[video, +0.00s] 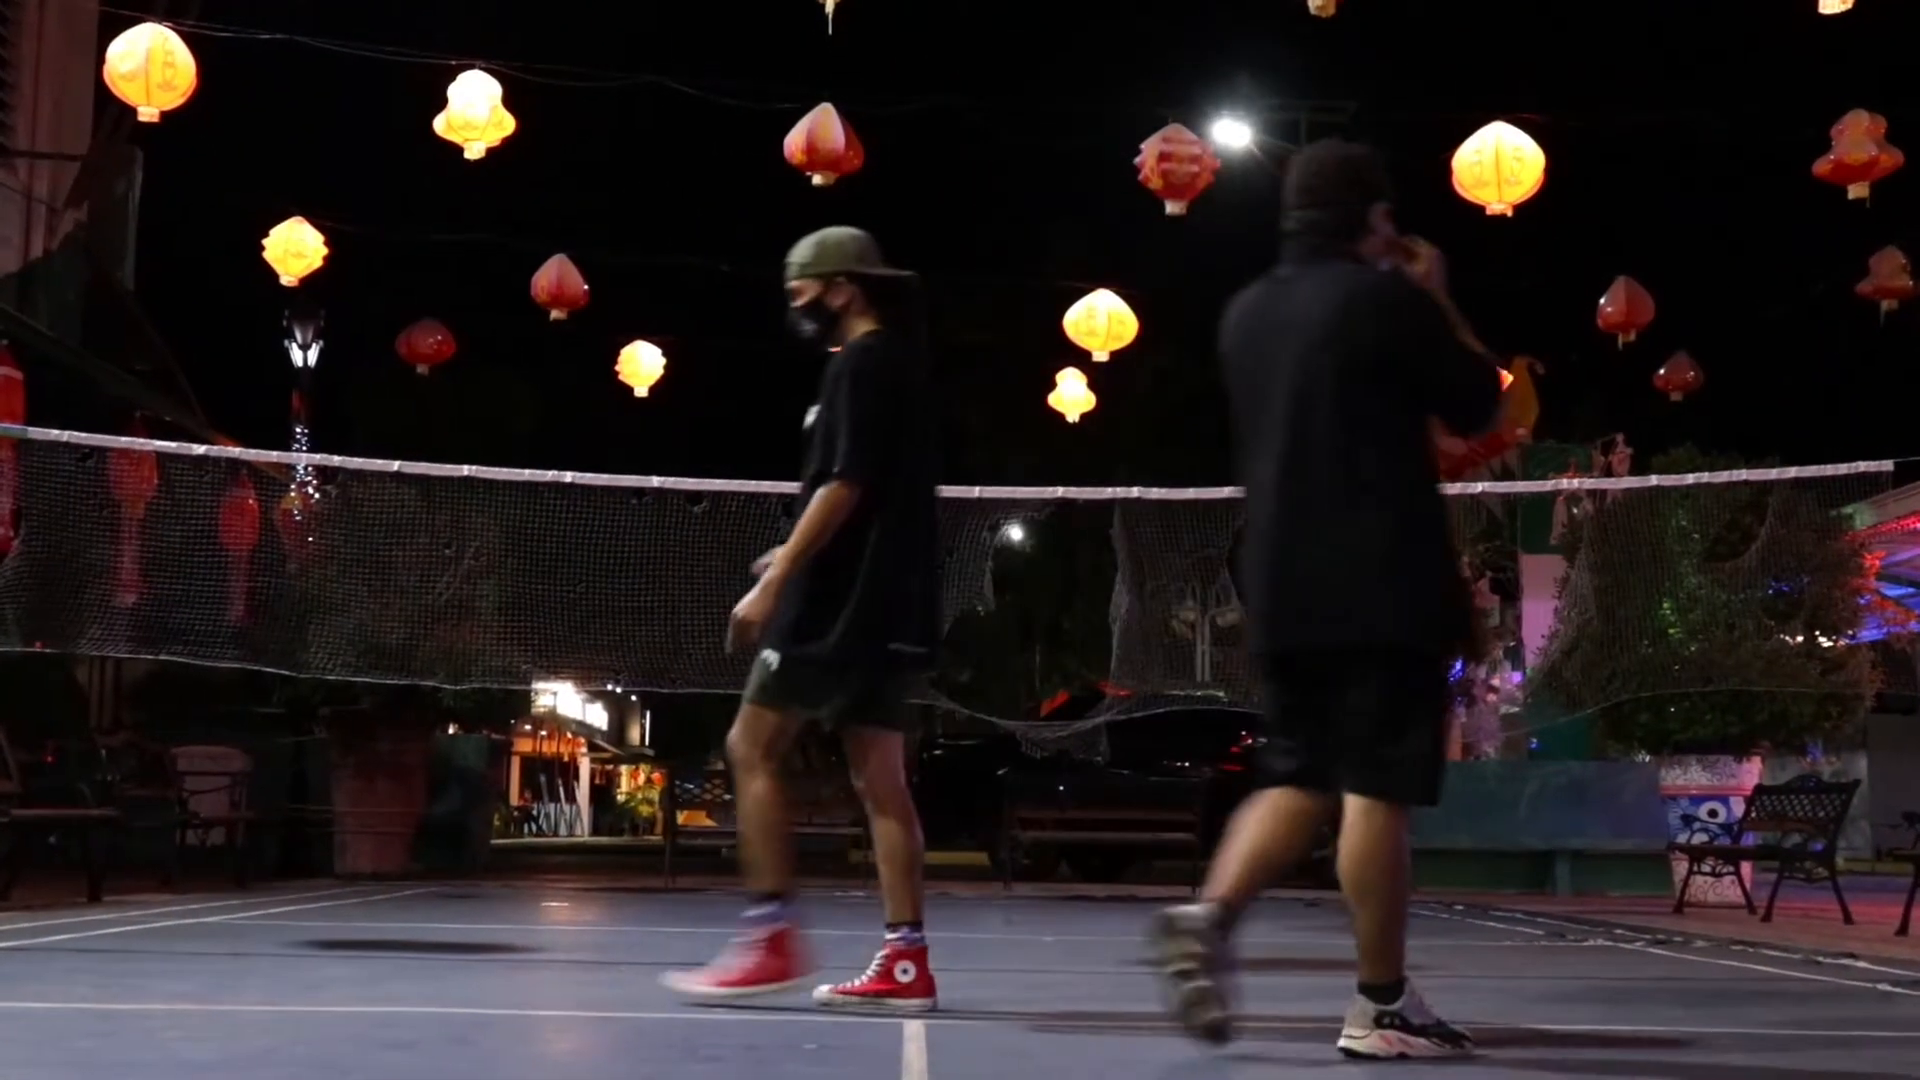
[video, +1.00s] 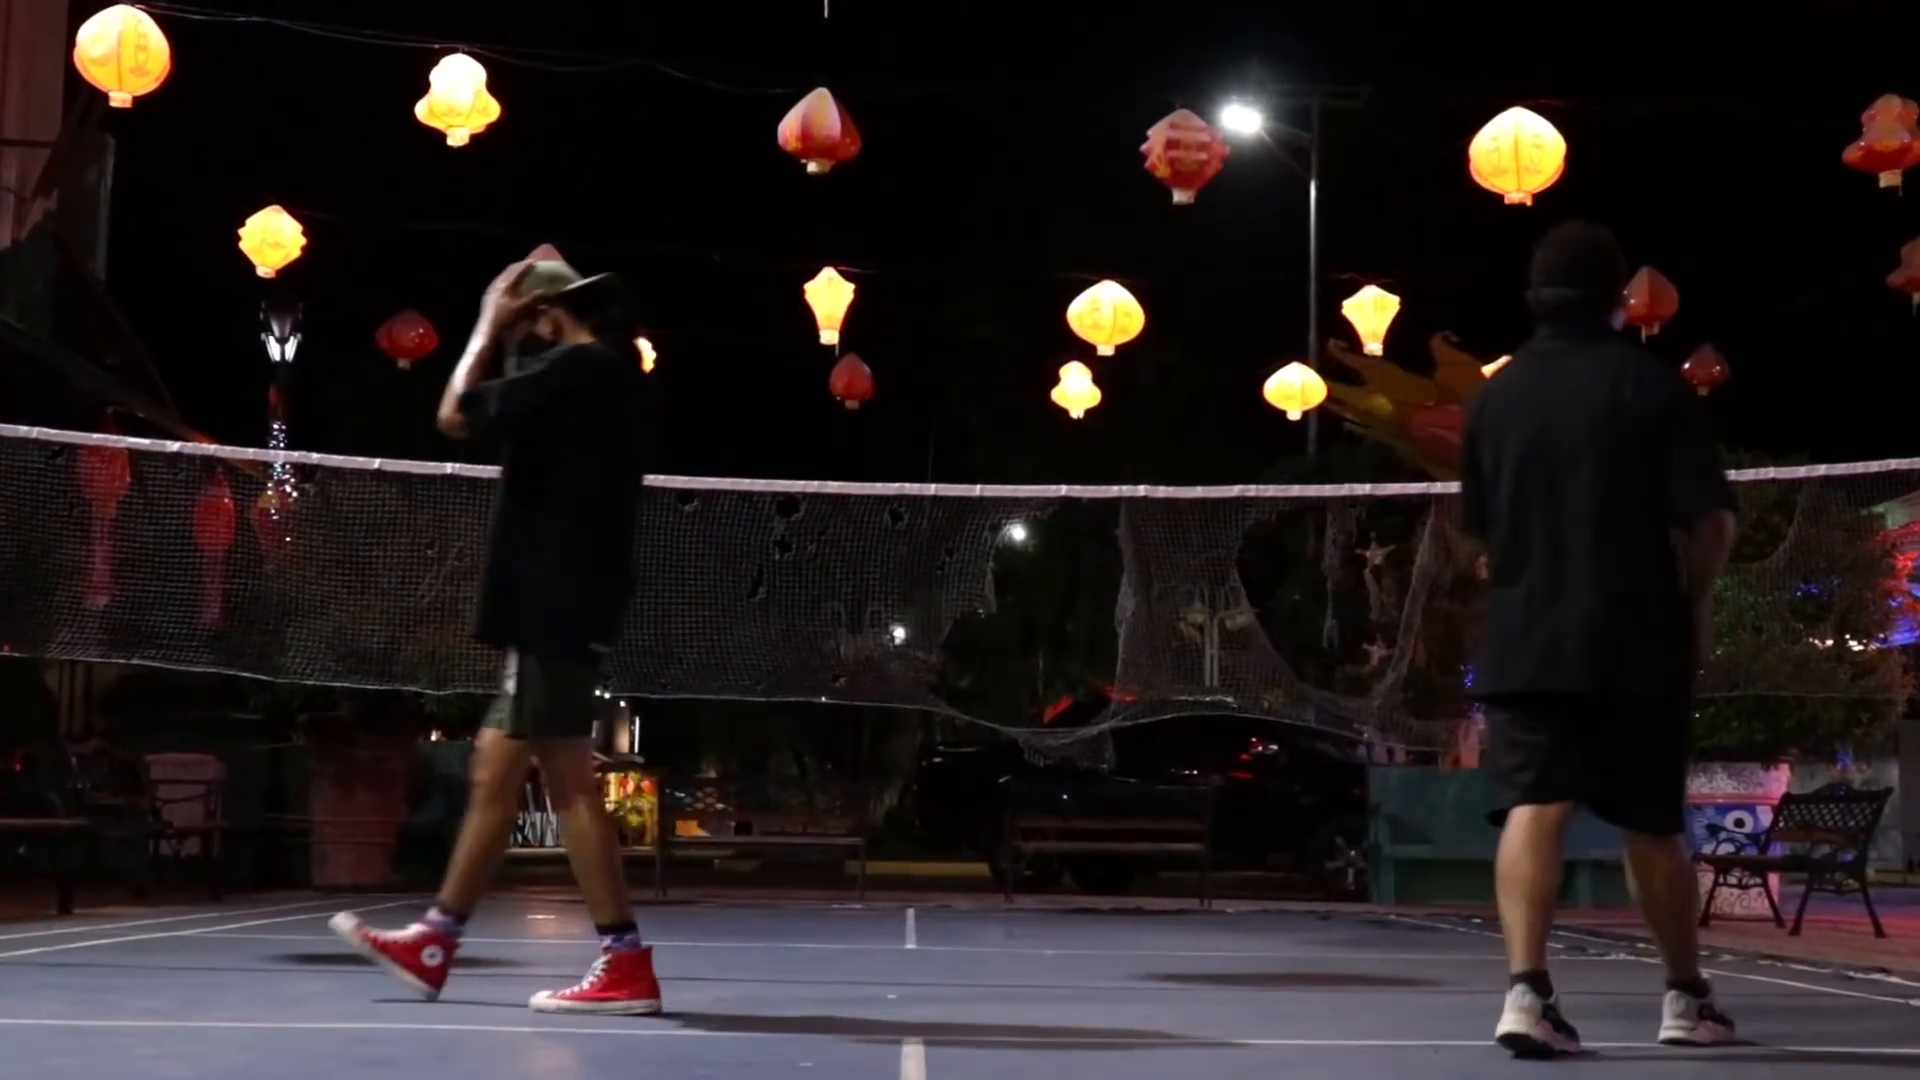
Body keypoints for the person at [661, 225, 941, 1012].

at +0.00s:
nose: (795, 301)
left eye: (803, 288)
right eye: (794, 290)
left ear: (842, 286)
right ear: (853, 290)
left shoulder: (860, 363)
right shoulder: (898, 361)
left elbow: (846, 485)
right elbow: (861, 489)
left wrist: (771, 581)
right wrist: (787, 569)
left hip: (835, 601)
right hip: (892, 603)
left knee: (752, 746)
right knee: (882, 781)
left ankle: (770, 938)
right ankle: (905, 955)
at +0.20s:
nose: (729, 320)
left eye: (736, 306)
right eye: (728, 307)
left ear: (776, 302)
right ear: (783, 305)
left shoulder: (802, 380)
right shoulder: (830, 376)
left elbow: (798, 506)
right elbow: (821, 505)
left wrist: (735, 606)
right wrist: (747, 557)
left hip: (784, 617)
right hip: (837, 617)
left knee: (712, 769)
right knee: (854, 783)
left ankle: (655, 945)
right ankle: (902, 953)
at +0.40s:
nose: (664, 325)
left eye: (671, 310)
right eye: (663, 312)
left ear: (707, 305)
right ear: (722, 307)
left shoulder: (725, 386)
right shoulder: (769, 380)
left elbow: (716, 512)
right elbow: (755, 505)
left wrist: (627, 581)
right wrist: (672, 528)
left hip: (703, 621)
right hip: (763, 619)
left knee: (643, 773)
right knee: (765, 778)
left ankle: (635, 955)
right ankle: (868, 926)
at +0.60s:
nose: (613, 329)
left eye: (615, 316)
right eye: (611, 318)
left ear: (647, 304)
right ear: (669, 305)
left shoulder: (665, 377)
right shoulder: (717, 372)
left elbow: (584, 472)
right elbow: (666, 467)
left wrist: (518, 416)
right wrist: (605, 402)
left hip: (638, 612)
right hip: (692, 610)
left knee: (611, 771)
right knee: (651, 771)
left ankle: (631, 958)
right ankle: (752, 887)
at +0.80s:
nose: (571, 337)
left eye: (573, 324)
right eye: (568, 325)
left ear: (592, 310)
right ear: (629, 305)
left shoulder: (608, 368)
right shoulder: (670, 371)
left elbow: (496, 410)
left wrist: (526, 315)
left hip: (590, 602)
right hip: (627, 600)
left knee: (601, 779)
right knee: (555, 759)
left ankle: (628, 957)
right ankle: (570, 934)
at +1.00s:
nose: (525, 338)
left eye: (527, 324)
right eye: (525, 323)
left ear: (547, 317)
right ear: (586, 311)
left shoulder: (570, 375)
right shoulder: (618, 377)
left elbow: (455, 415)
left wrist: (488, 326)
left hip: (553, 611)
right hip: (571, 607)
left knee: (572, 785)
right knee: (496, 765)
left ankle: (626, 962)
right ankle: (434, 941)